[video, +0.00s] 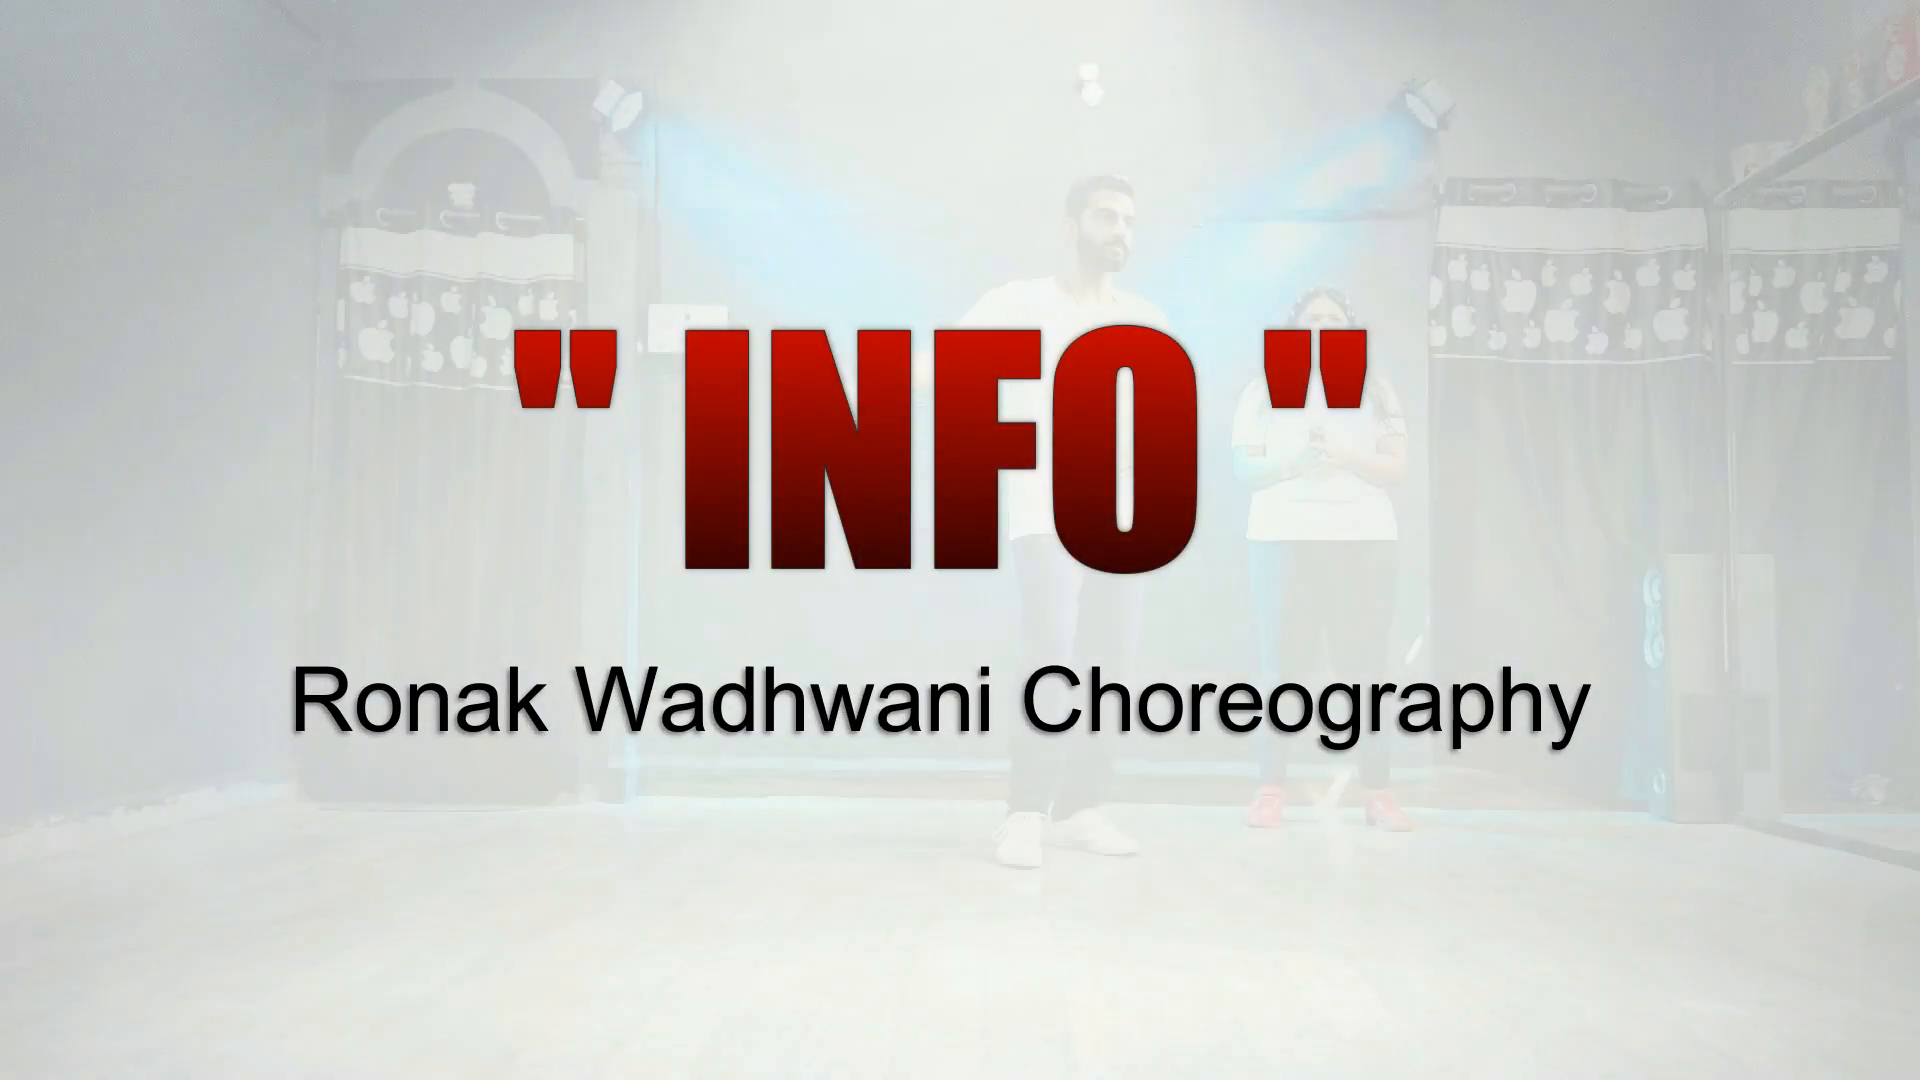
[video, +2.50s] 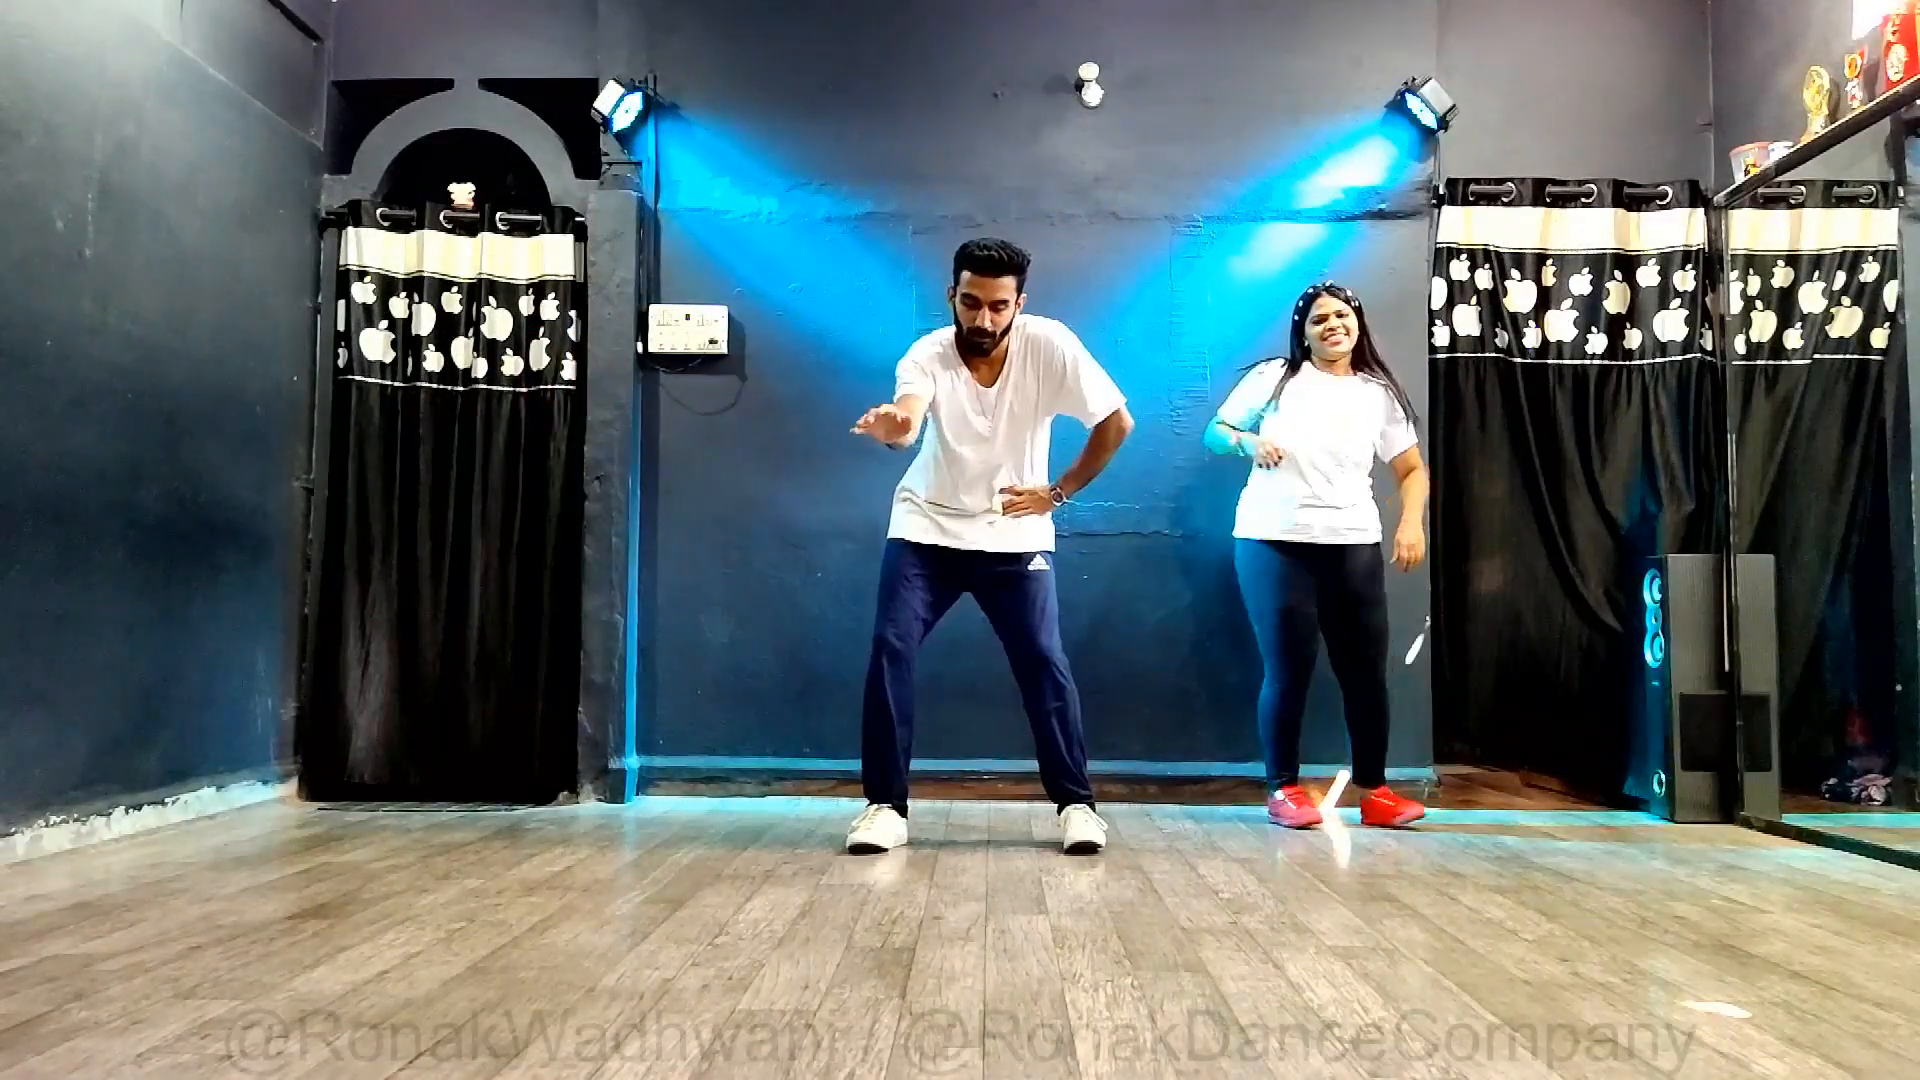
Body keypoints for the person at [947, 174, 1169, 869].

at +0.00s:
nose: (1120, 231)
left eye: (1128, 220)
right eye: (1107, 217)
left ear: (1133, 232)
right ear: (1073, 222)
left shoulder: (1139, 318)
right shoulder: (1014, 307)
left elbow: (1166, 415)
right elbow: (950, 383)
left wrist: (1157, 498)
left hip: (1117, 507)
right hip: (1039, 506)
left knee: (1107, 652)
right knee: (1046, 651)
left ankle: (1083, 807)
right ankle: (1027, 810)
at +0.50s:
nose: (1147, 234)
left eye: (1151, 224)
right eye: (1135, 221)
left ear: (1151, 237)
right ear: (1095, 227)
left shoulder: (1156, 322)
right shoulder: (1026, 303)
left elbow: (1183, 417)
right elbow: (954, 383)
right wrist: (895, 439)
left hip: (1112, 517)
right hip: (1028, 510)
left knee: (1104, 659)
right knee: (1012, 650)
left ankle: (1080, 807)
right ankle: (988, 804)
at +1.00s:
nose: (1083, 237)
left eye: (1084, 226)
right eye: (1071, 224)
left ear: (1069, 237)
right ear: (1030, 231)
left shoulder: (1089, 326)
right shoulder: (973, 306)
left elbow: (1126, 425)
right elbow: (955, 412)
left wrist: (1054, 409)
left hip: (1066, 528)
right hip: (979, 522)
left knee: (1086, 662)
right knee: (937, 649)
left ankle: (1078, 809)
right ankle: (938, 811)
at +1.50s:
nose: (972, 257)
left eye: (978, 245)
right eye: (956, 246)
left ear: (984, 252)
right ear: (920, 255)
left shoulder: (1014, 325)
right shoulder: (880, 345)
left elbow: (1076, 394)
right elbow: (827, 431)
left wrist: (1044, 475)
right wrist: (752, 432)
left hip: (1002, 527)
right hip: (917, 530)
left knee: (1065, 649)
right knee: (911, 661)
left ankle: (1069, 805)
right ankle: (898, 809)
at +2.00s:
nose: (1005, 300)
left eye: (1020, 289)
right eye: (993, 285)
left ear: (1037, 298)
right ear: (972, 286)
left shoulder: (1066, 364)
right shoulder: (932, 352)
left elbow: (1144, 424)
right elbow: (898, 427)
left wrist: (1077, 491)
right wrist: (926, 415)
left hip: (1032, 536)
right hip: (944, 534)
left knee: (1062, 658)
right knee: (903, 649)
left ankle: (1080, 806)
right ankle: (890, 806)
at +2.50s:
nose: (984, 319)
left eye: (999, 306)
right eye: (972, 303)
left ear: (1019, 302)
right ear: (954, 296)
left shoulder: (1049, 344)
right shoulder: (927, 356)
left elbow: (1116, 423)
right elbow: (906, 417)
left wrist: (1059, 492)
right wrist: (892, 428)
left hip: (1014, 525)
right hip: (928, 520)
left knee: (1044, 657)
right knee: (892, 643)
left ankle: (1075, 804)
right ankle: (885, 807)